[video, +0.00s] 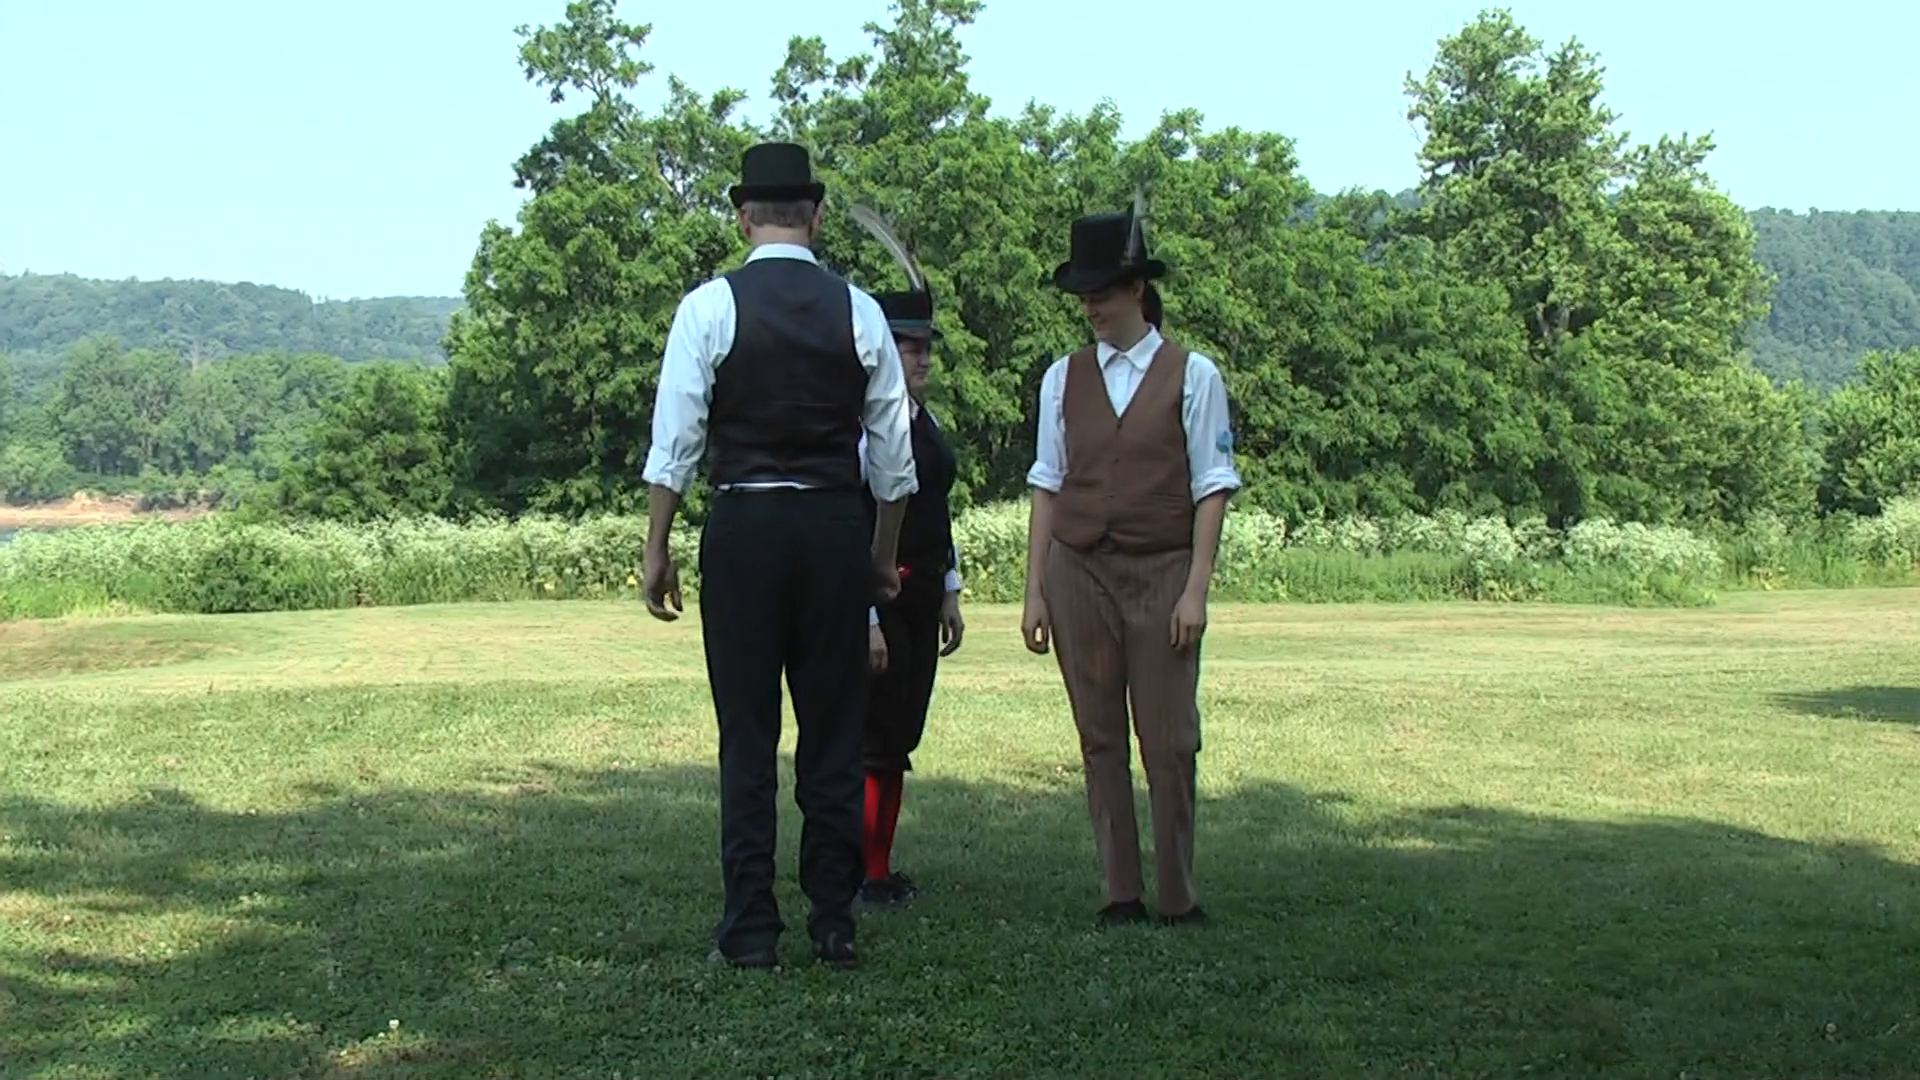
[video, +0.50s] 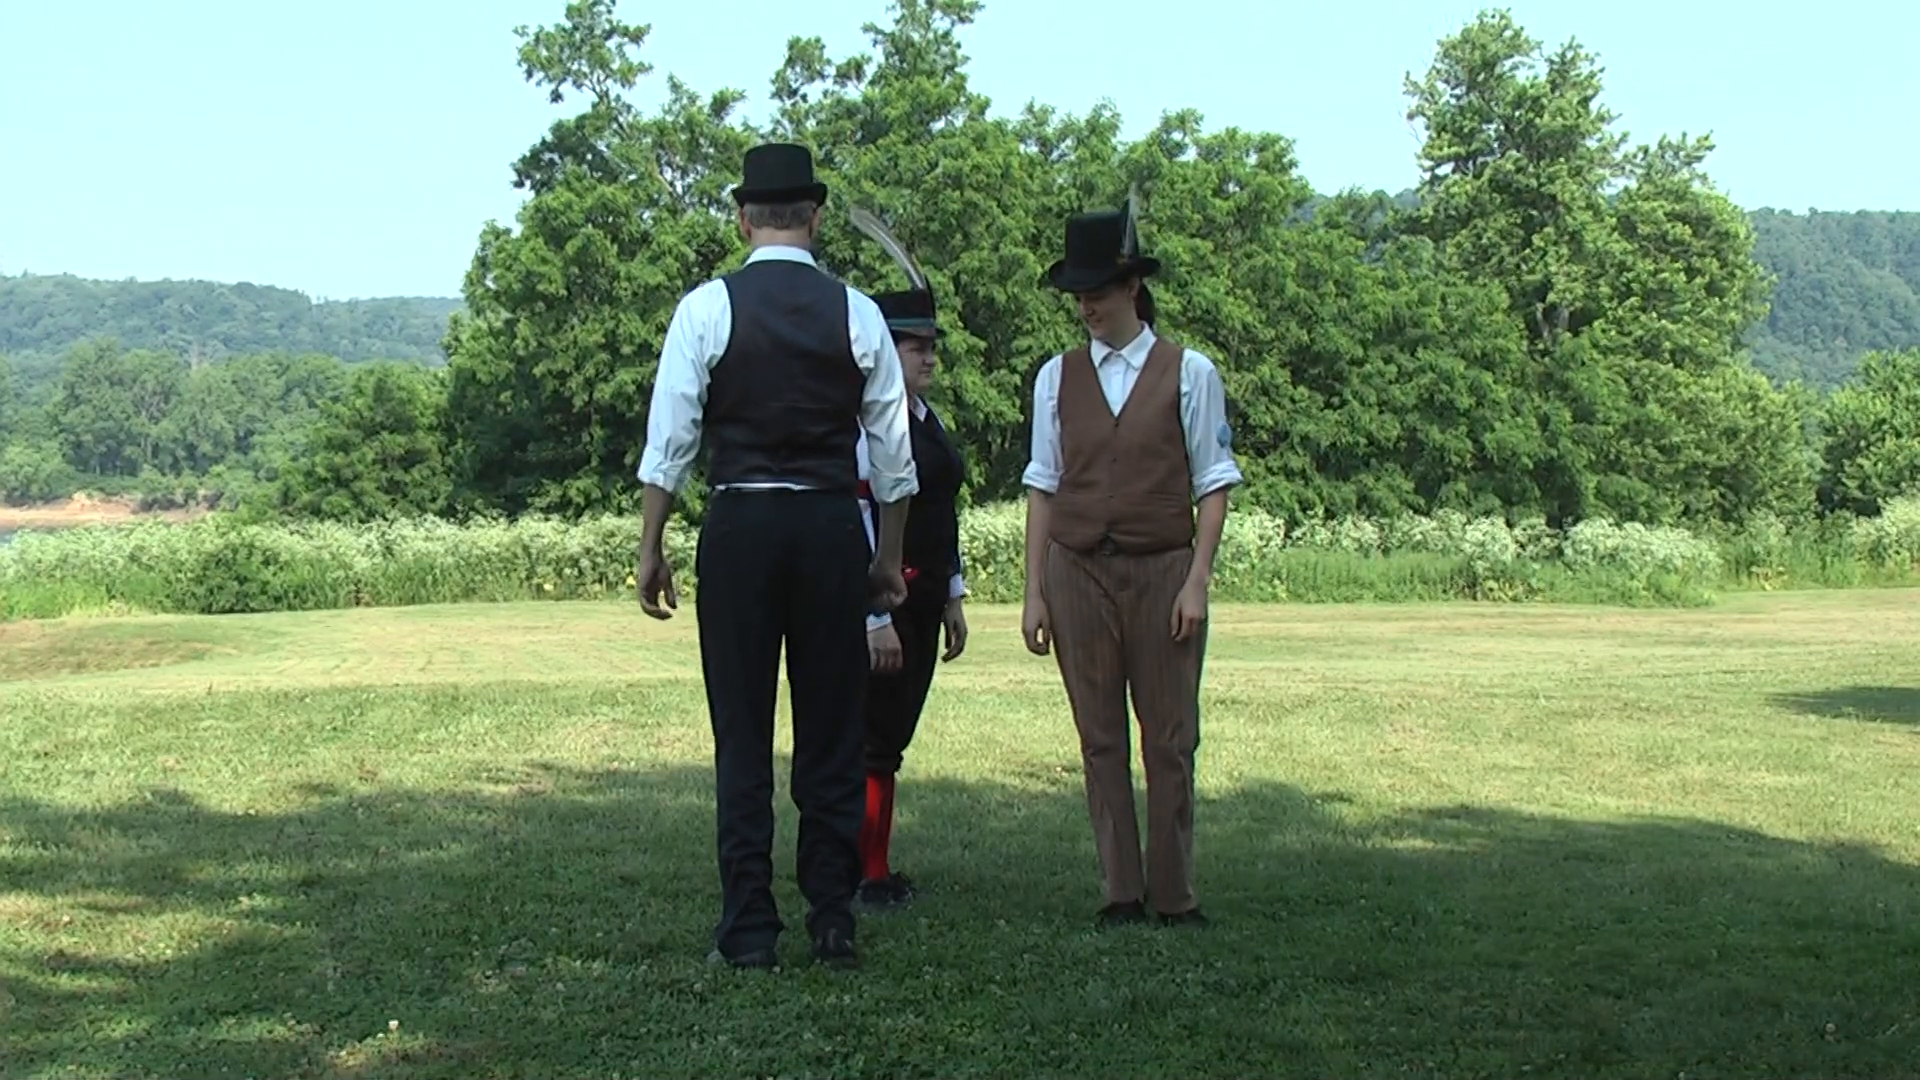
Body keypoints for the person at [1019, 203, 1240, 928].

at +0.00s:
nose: (1092, 306)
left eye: (1104, 292)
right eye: (1084, 296)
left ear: (1140, 289)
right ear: (1077, 299)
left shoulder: (1193, 374)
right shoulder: (1061, 379)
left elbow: (1213, 488)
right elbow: (1044, 488)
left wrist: (1196, 588)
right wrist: (1034, 588)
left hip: (1164, 577)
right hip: (1076, 576)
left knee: (1169, 746)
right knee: (1100, 744)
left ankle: (1177, 898)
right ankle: (1121, 896)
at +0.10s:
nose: (1092, 307)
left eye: (1103, 294)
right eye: (1084, 297)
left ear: (1139, 290)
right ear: (1077, 300)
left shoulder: (1192, 374)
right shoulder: (1060, 379)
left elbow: (1217, 487)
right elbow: (1044, 490)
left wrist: (1199, 583)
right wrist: (1034, 590)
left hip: (1165, 577)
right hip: (1077, 577)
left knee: (1169, 747)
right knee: (1101, 746)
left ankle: (1173, 898)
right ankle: (1123, 896)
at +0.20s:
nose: (1091, 307)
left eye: (1102, 293)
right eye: (1082, 296)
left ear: (1138, 289)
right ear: (1075, 299)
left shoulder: (1191, 373)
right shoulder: (1058, 379)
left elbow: (1219, 485)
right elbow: (1043, 489)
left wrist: (1200, 581)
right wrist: (1034, 589)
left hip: (1164, 577)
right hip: (1077, 577)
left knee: (1169, 744)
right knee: (1101, 745)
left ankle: (1171, 895)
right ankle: (1122, 894)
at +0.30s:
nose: (1089, 307)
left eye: (1101, 294)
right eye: (1081, 297)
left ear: (1137, 290)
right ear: (1076, 301)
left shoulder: (1192, 373)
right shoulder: (1058, 378)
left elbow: (1219, 484)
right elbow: (1043, 488)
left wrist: (1201, 580)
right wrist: (1034, 590)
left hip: (1165, 576)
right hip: (1077, 576)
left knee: (1171, 743)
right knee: (1101, 744)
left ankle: (1173, 895)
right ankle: (1122, 894)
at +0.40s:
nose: (1088, 307)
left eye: (1099, 293)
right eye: (1080, 296)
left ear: (1135, 288)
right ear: (1074, 300)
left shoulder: (1190, 372)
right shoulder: (1056, 377)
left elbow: (1216, 484)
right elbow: (1042, 489)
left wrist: (1199, 581)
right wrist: (1034, 590)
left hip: (1165, 575)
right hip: (1076, 576)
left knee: (1170, 744)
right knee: (1101, 745)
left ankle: (1173, 895)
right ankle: (1123, 895)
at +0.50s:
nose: (1087, 306)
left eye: (1098, 293)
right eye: (1079, 296)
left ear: (1135, 288)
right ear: (1074, 299)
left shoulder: (1189, 372)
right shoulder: (1055, 377)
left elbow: (1215, 483)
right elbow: (1041, 489)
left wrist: (1198, 580)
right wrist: (1034, 591)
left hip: (1166, 575)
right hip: (1076, 577)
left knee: (1170, 744)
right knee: (1101, 745)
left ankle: (1173, 895)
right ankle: (1122, 894)